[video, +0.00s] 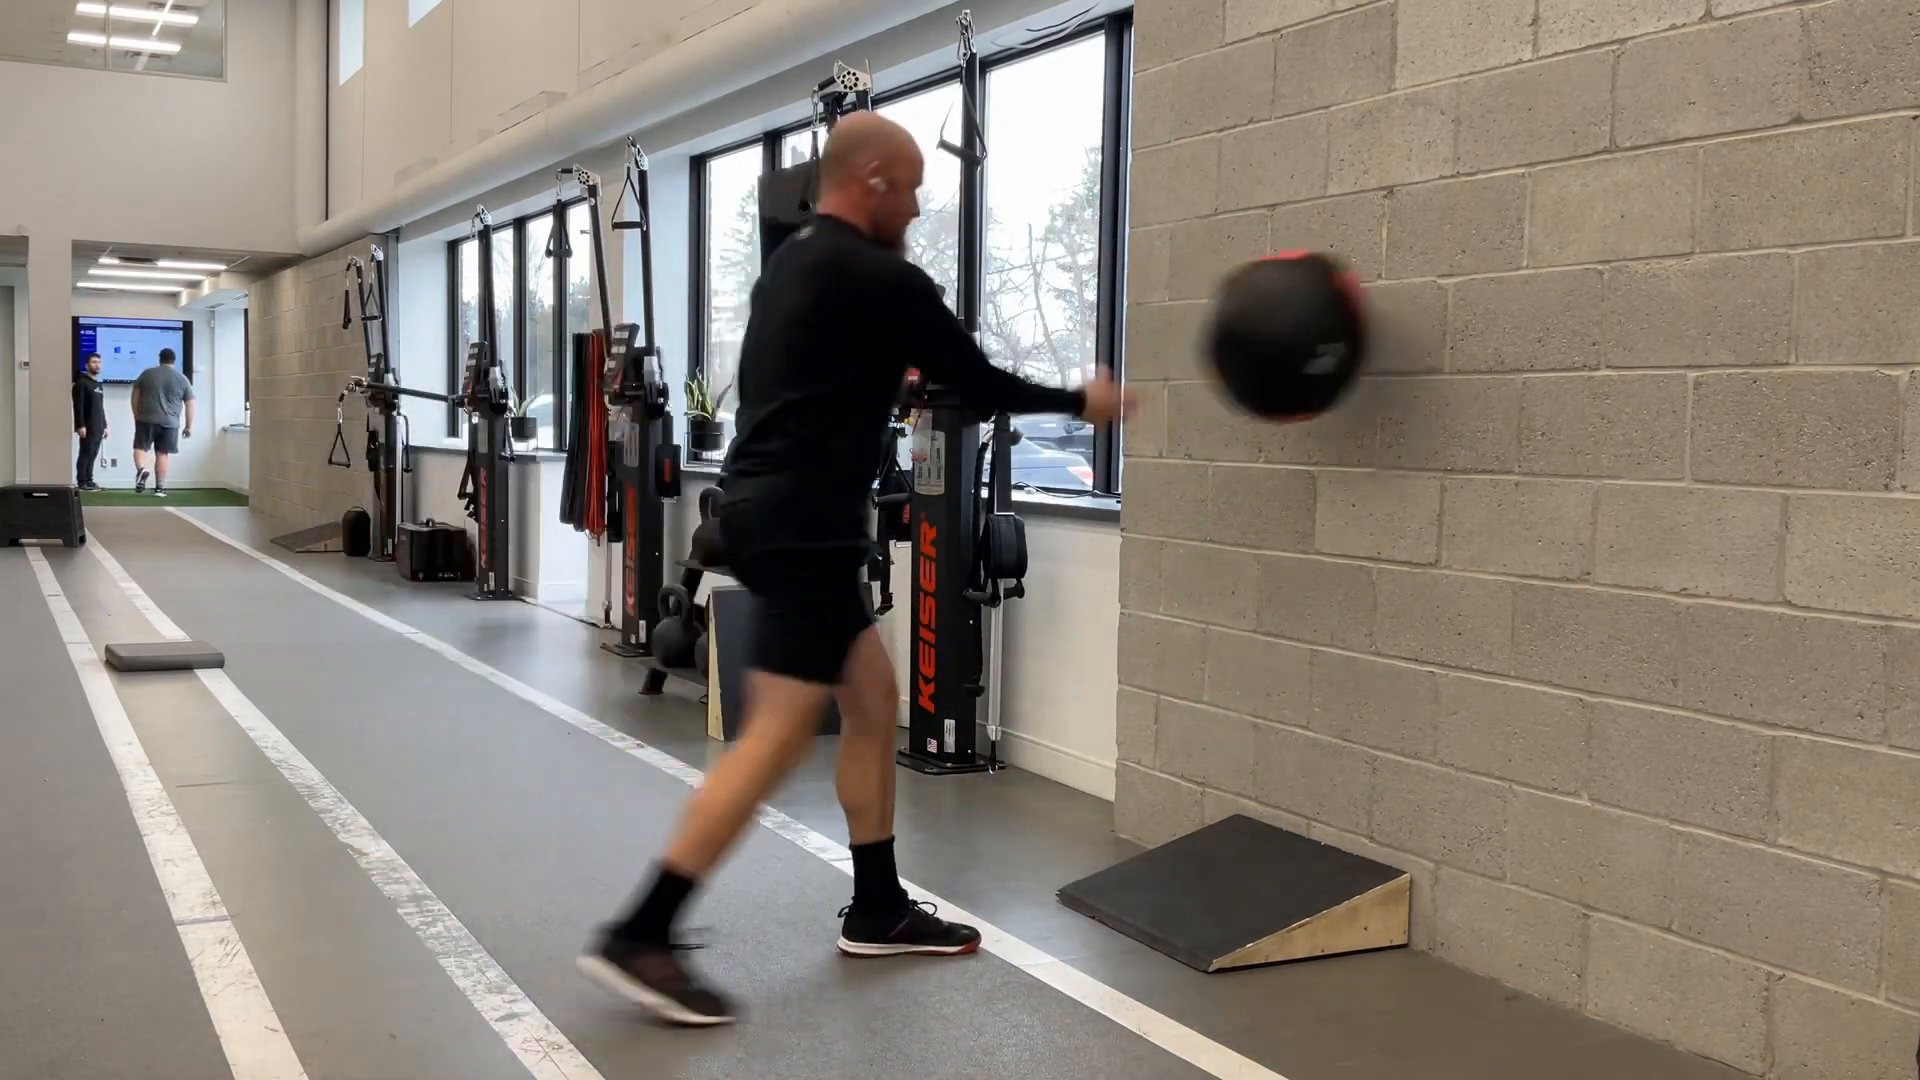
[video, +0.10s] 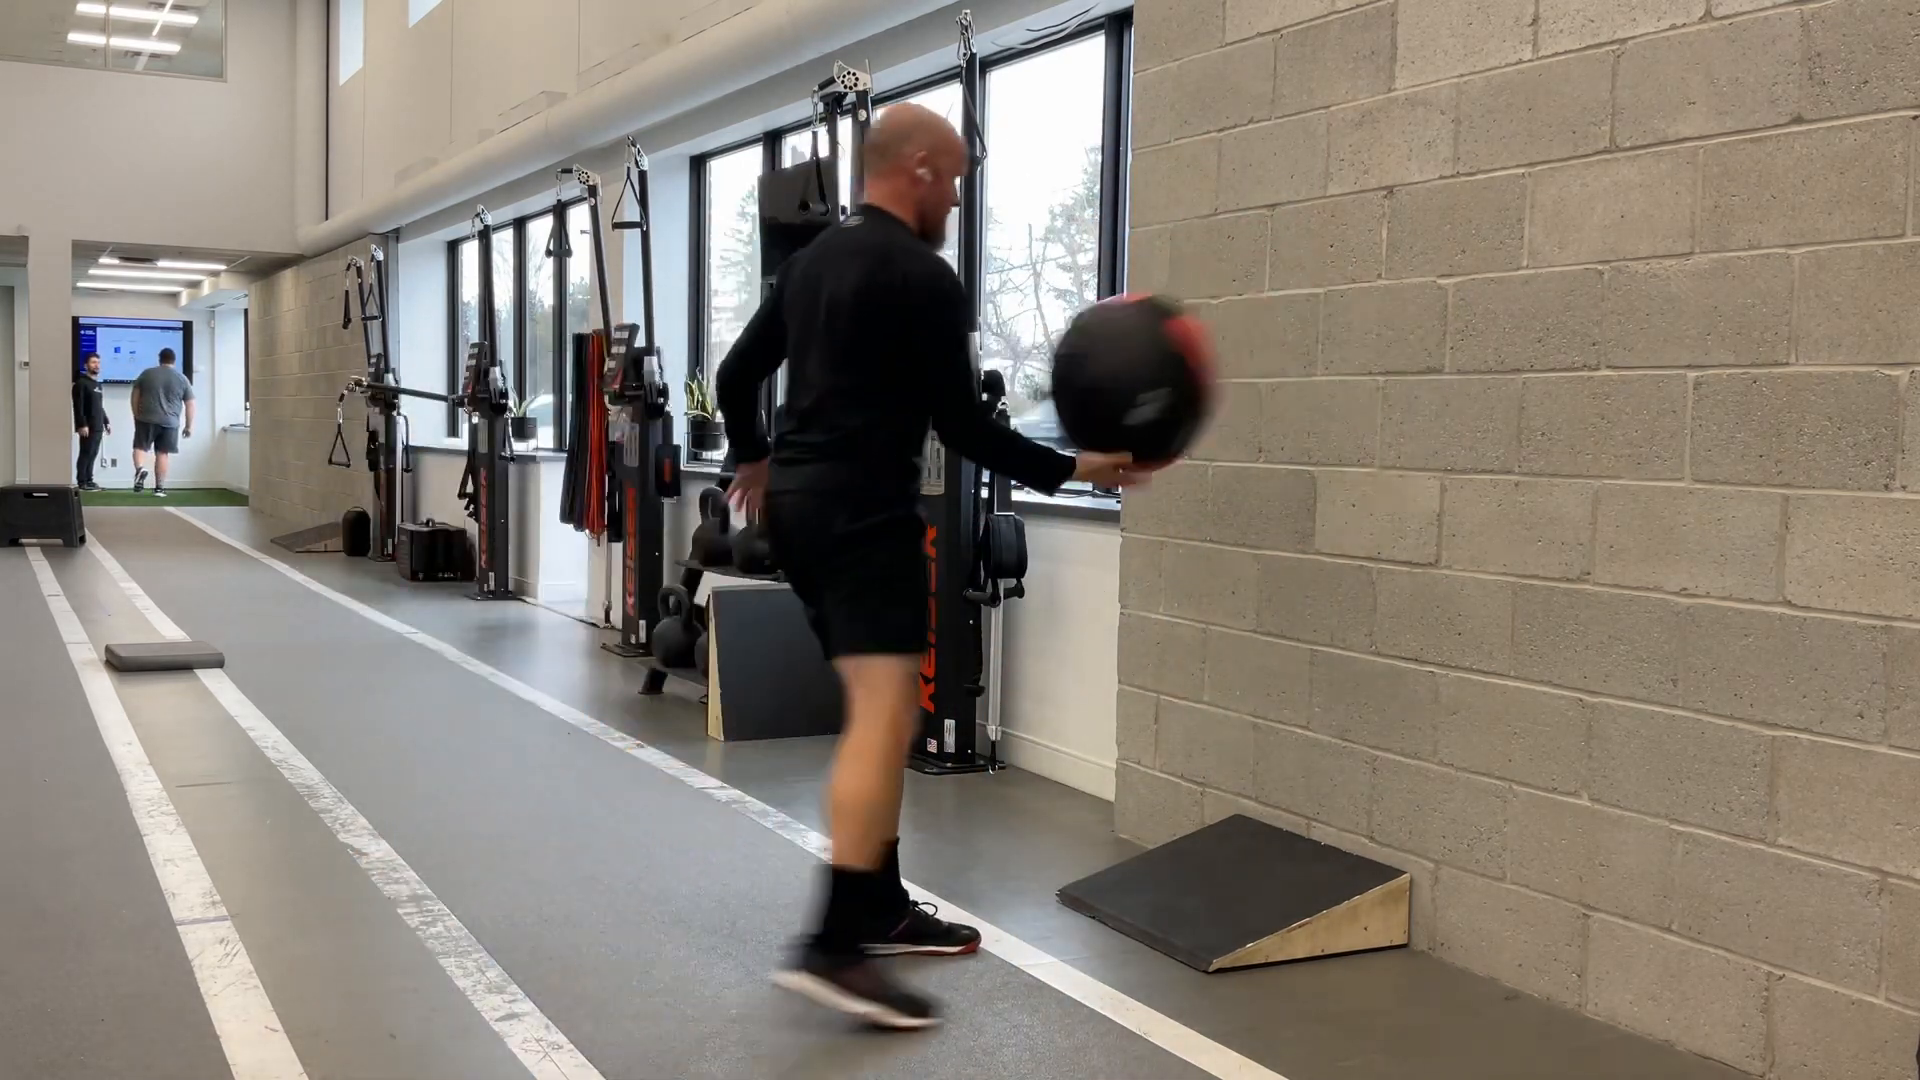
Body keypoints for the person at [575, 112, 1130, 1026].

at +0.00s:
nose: (915, 207)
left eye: (916, 191)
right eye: (911, 191)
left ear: (840, 181)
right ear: (871, 186)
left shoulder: (790, 261)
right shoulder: (881, 275)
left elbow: (802, 384)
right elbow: (978, 382)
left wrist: (901, 383)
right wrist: (1079, 400)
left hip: (758, 513)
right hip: (808, 521)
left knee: (871, 692)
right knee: (777, 733)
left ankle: (879, 905)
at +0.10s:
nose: (957, 196)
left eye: (957, 180)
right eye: (953, 179)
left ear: (883, 172)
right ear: (920, 173)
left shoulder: (815, 257)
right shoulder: (924, 279)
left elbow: (739, 371)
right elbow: (961, 422)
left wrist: (748, 454)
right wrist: (1070, 470)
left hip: (800, 500)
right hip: (867, 506)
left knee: (882, 705)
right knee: (881, 710)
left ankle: (879, 903)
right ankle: (833, 941)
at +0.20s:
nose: (1000, 197)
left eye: (998, 179)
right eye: (995, 179)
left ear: (926, 174)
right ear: (964, 176)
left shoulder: (849, 260)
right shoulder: (948, 275)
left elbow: (773, 370)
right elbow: (942, 428)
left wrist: (753, 480)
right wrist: (1023, 496)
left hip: (825, 506)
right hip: (913, 508)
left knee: (889, 707)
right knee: (967, 702)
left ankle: (878, 906)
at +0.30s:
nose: (1025, 206)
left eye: (1027, 189)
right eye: (1024, 188)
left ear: (948, 173)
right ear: (993, 176)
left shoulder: (880, 259)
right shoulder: (964, 262)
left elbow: (807, 382)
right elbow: (955, 401)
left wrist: (806, 497)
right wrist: (1059, 456)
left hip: (841, 502)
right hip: (922, 499)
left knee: (901, 694)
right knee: (995, 693)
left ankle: (881, 903)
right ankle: (1040, 914)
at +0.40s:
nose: (1036, 200)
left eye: (1036, 183)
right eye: (1035, 183)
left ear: (963, 169)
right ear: (1006, 172)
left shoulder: (903, 254)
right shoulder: (986, 256)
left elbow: (842, 390)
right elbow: (992, 390)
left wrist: (884, 474)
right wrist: (1102, 432)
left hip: (866, 503)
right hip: (948, 505)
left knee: (905, 698)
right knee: (996, 701)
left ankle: (883, 904)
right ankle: (1016, 925)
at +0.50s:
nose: (1046, 201)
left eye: (1048, 185)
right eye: (1046, 183)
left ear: (975, 165)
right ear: (1018, 169)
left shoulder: (913, 252)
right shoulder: (997, 254)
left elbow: (869, 387)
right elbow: (1018, 389)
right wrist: (1125, 428)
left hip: (882, 499)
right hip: (959, 503)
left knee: (917, 696)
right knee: (999, 702)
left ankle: (881, 902)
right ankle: (1014, 929)